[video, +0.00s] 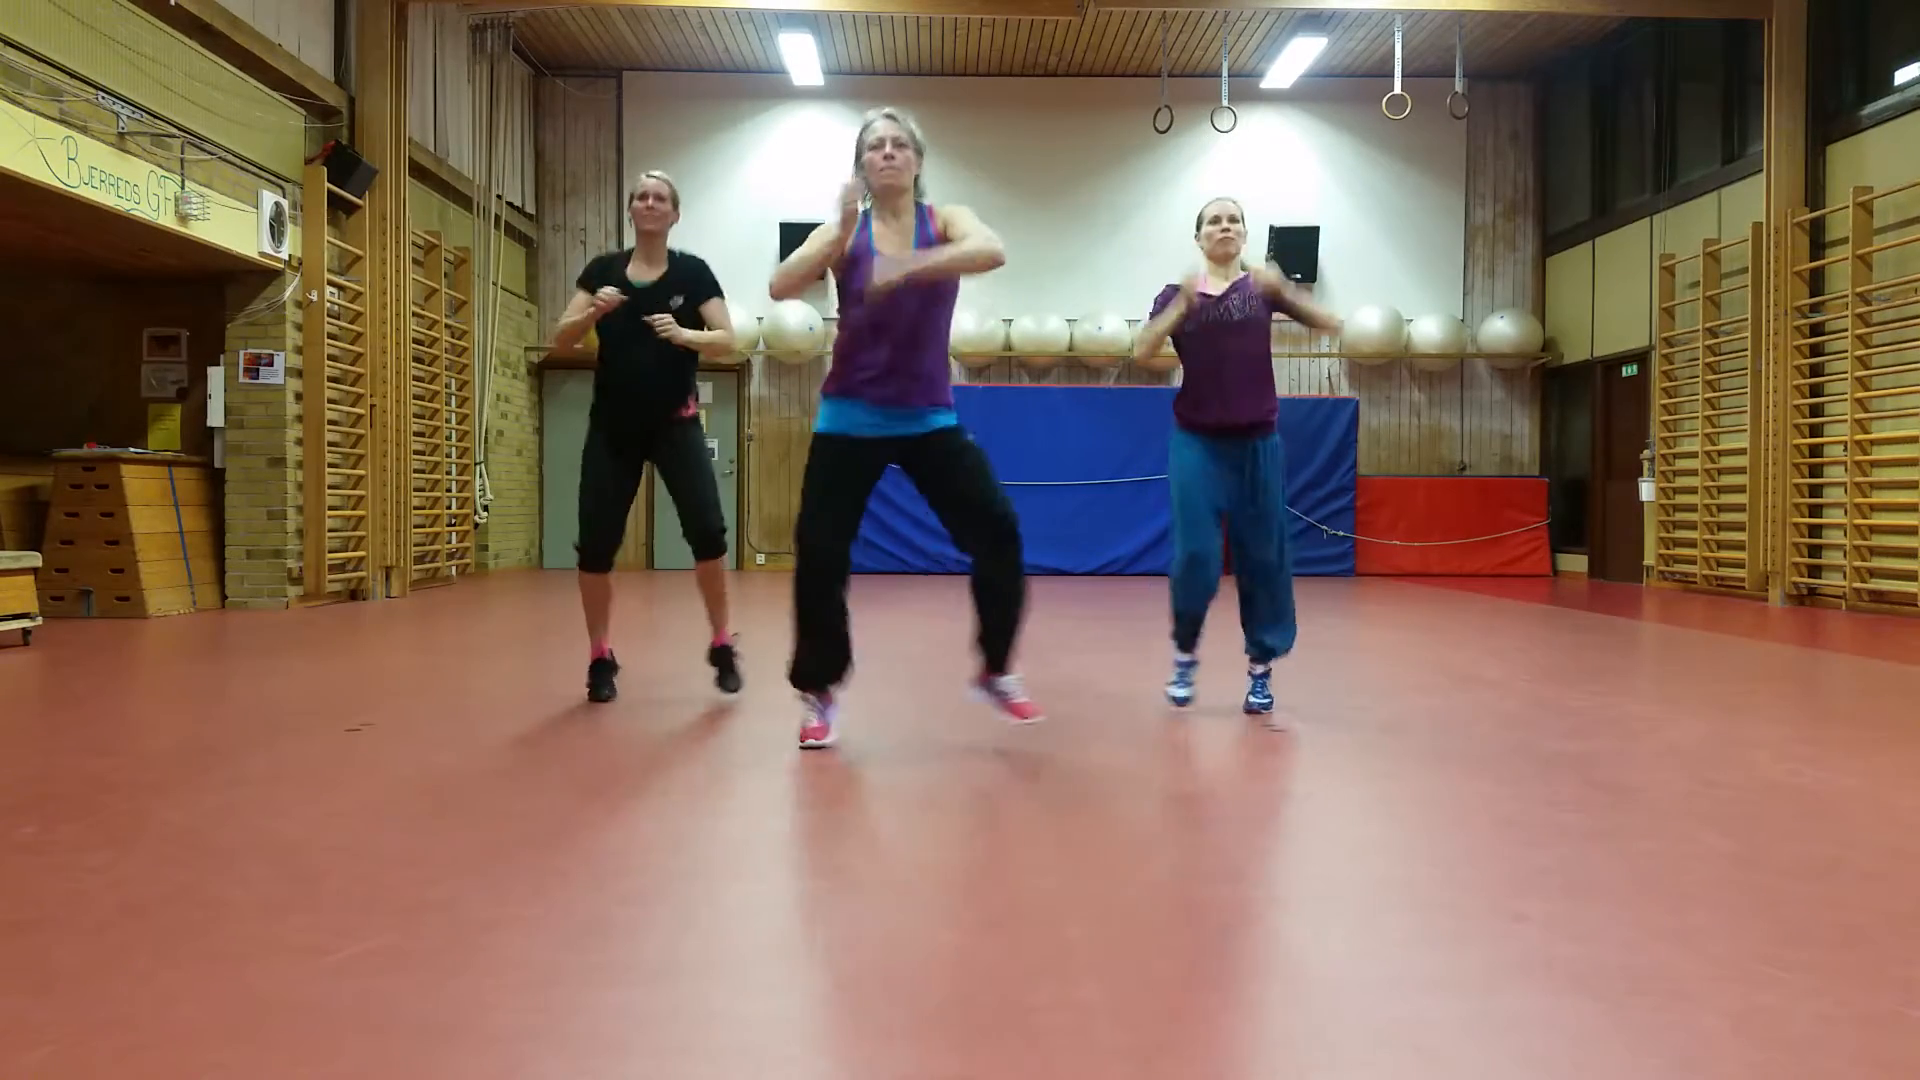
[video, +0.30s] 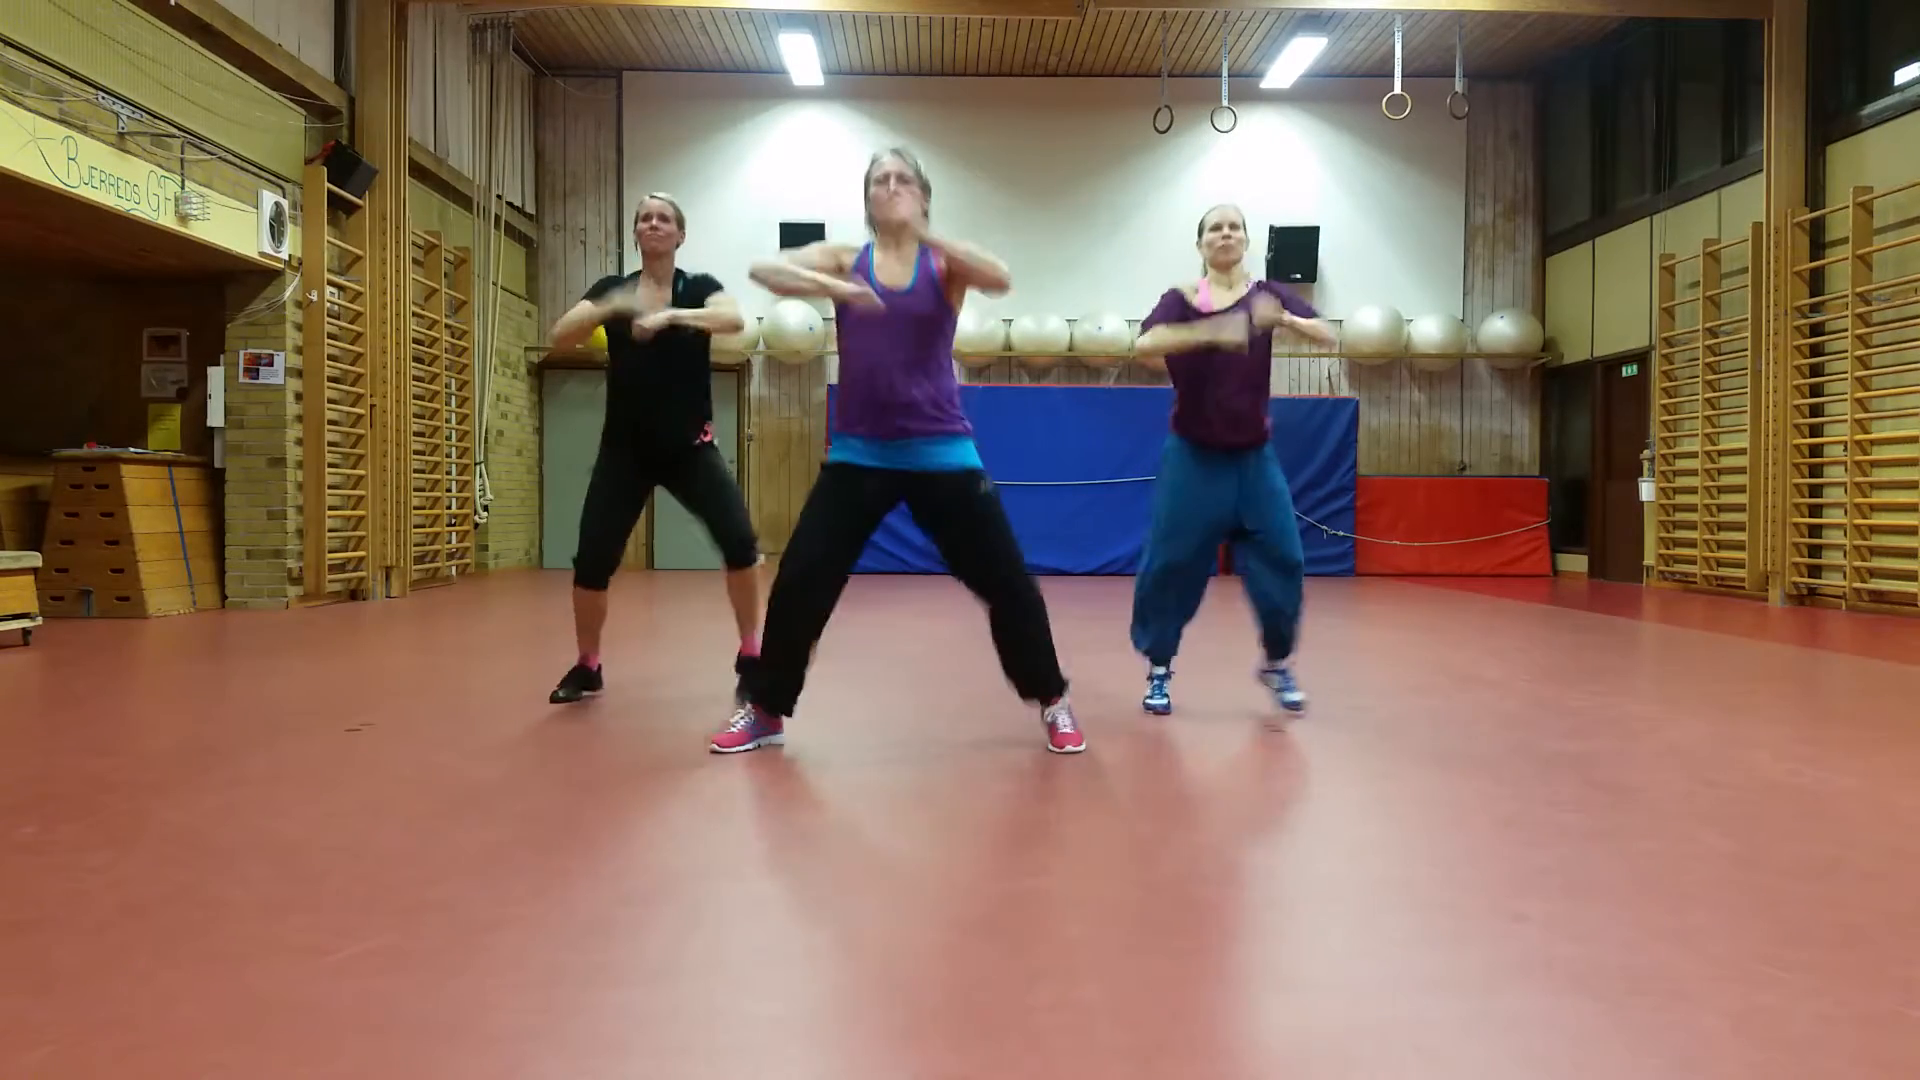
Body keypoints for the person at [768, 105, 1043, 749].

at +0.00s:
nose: (889, 154)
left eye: (899, 146)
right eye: (877, 147)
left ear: (919, 162)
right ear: (860, 166)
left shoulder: (945, 218)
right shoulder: (841, 233)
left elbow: (990, 252)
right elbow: (779, 287)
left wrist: (909, 266)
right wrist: (836, 234)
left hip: (929, 419)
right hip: (850, 420)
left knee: (998, 533)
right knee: (818, 550)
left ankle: (996, 672)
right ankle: (819, 692)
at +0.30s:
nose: (893, 188)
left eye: (905, 181)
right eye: (882, 181)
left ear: (924, 201)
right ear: (866, 201)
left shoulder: (945, 262)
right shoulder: (844, 258)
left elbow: (999, 280)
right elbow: (764, 271)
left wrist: (933, 239)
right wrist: (836, 287)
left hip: (942, 452)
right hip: (859, 452)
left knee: (1006, 580)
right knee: (802, 575)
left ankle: (1054, 704)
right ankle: (765, 711)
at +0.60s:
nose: (882, 203)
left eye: (894, 196)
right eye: (871, 196)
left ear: (912, 214)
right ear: (856, 216)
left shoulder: (935, 269)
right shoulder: (838, 279)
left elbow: (1002, 259)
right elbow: (764, 290)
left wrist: (926, 291)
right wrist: (832, 273)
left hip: (937, 471)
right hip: (851, 470)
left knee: (993, 593)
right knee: (769, 580)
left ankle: (1053, 708)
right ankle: (737, 710)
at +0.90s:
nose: (879, 187)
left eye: (890, 180)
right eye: (867, 181)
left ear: (911, 198)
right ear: (852, 202)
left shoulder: (938, 253)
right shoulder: (835, 267)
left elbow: (1009, 272)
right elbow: (764, 303)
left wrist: (934, 281)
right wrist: (812, 244)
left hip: (940, 455)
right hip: (855, 453)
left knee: (1002, 582)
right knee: (765, 562)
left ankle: (1060, 708)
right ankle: (739, 700)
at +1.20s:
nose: (887, 166)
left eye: (900, 159)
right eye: (876, 159)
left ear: (918, 178)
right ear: (860, 179)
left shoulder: (943, 240)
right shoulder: (851, 242)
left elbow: (979, 241)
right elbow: (816, 266)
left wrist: (945, 170)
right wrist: (848, 189)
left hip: (948, 432)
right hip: (865, 431)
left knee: (1012, 562)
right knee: (795, 553)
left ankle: (1065, 697)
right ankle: (739, 692)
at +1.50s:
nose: (908, 184)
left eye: (919, 178)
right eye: (897, 177)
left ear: (936, 196)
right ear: (879, 194)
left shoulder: (954, 261)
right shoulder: (855, 257)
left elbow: (996, 257)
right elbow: (810, 300)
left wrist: (949, 183)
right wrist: (879, 271)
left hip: (951, 451)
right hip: (866, 452)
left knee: (1023, 573)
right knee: (802, 579)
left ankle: (1068, 701)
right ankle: (756, 708)